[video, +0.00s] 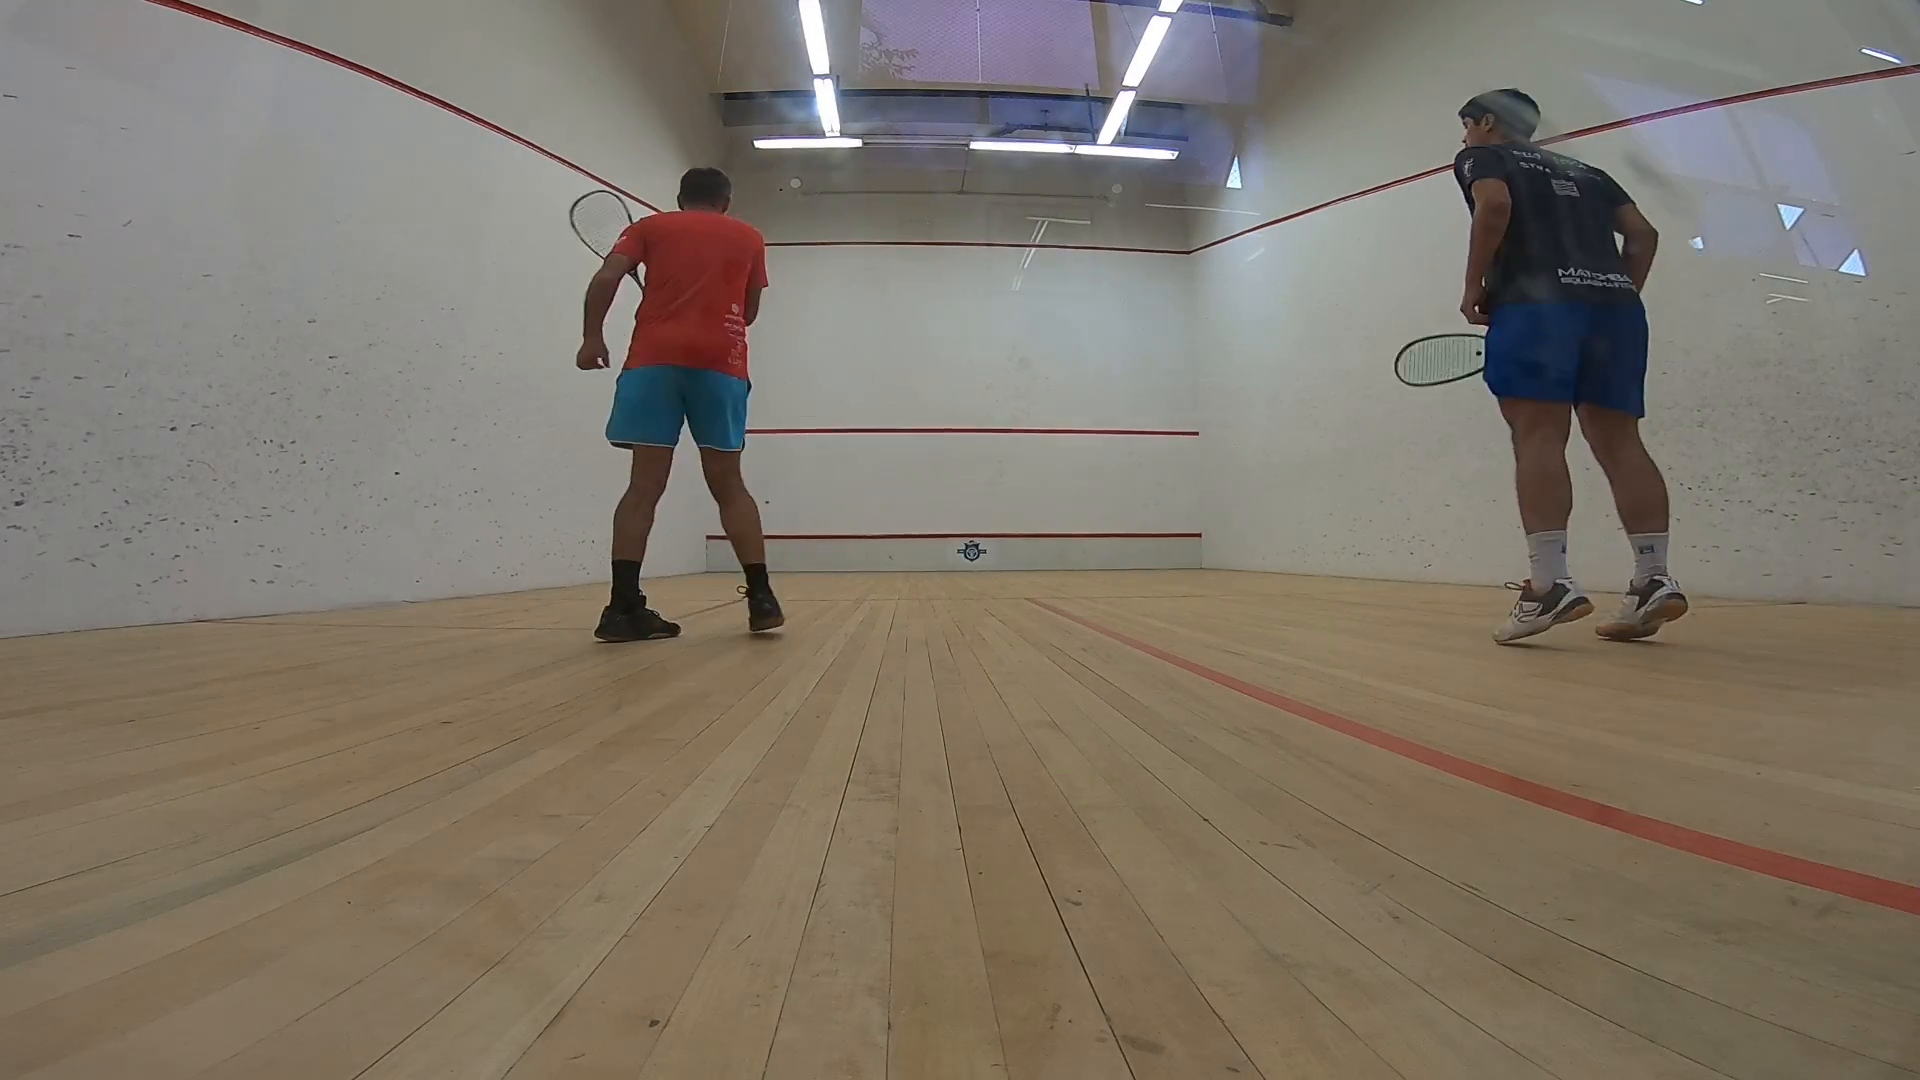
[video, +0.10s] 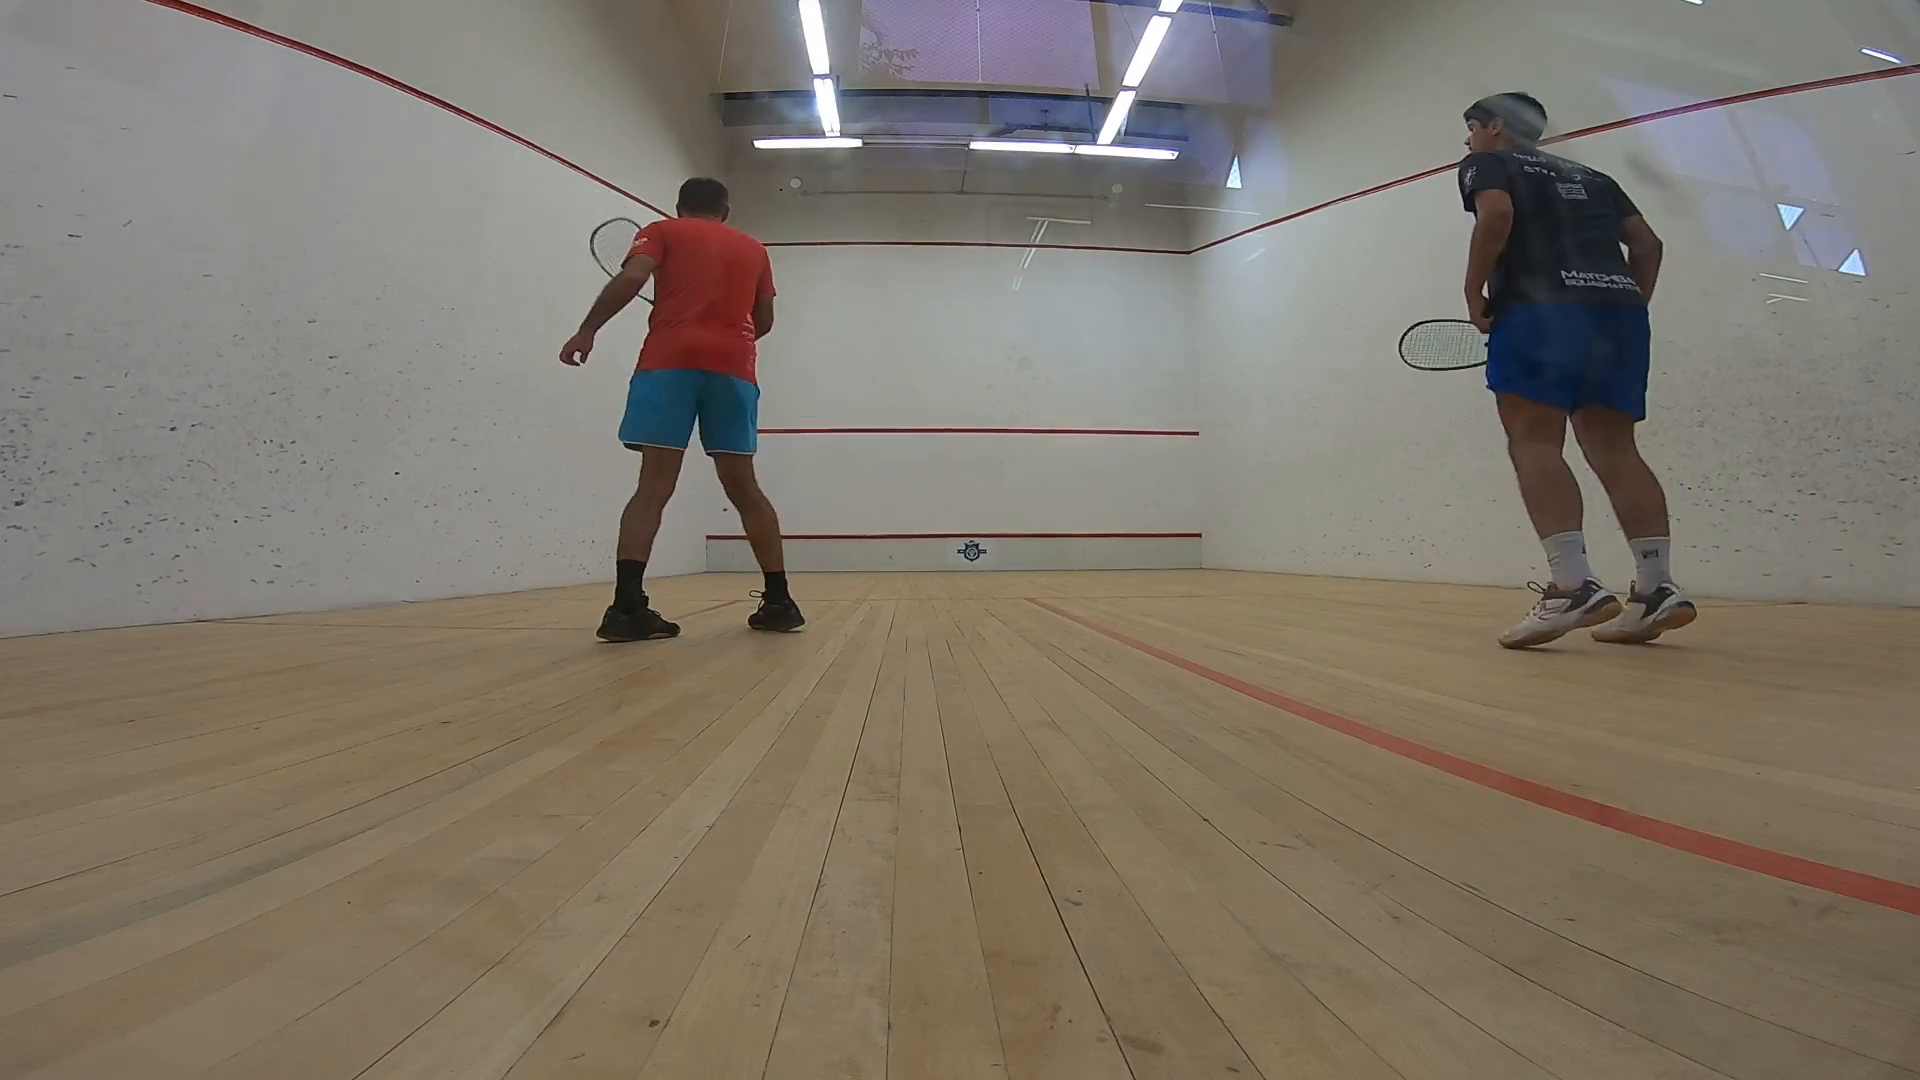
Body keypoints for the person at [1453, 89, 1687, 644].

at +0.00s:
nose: (1463, 136)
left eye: (1467, 126)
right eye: (1464, 127)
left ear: (1489, 122)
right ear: (1525, 128)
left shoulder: (1480, 154)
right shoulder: (1586, 171)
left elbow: (1494, 203)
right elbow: (1643, 235)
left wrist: (1474, 281)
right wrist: (1618, 301)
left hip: (1537, 307)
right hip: (1616, 309)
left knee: (1538, 438)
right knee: (1618, 439)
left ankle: (1549, 586)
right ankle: (1654, 581)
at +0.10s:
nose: (1467, 140)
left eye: (1472, 129)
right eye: (1468, 130)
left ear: (1497, 127)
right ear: (1531, 133)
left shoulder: (1486, 160)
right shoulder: (1591, 176)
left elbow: (1497, 214)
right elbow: (1647, 244)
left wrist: (1474, 291)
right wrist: (1628, 311)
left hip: (1542, 312)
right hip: (1620, 314)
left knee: (1535, 441)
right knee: (1613, 444)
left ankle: (1573, 586)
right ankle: (1657, 590)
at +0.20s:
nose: (1473, 159)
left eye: (1478, 147)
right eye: (1474, 149)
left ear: (1507, 144)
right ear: (1534, 149)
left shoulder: (1496, 179)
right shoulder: (1597, 196)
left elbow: (1505, 234)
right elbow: (1656, 267)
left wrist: (1490, 320)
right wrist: (1632, 337)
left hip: (1546, 346)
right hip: (1625, 350)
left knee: (1531, 475)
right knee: (1608, 473)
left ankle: (1588, 606)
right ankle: (1661, 611)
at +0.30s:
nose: (1466, 156)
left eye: (1472, 145)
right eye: (1467, 147)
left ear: (1506, 141)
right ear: (1523, 145)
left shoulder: (1493, 175)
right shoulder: (1594, 193)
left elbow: (1509, 233)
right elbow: (1644, 268)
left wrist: (1493, 316)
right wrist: (1626, 335)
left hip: (1546, 340)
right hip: (1623, 347)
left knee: (1511, 470)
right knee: (1605, 469)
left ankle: (1577, 596)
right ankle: (1660, 607)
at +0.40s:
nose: (1456, 140)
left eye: (1463, 128)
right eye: (1456, 131)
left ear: (1499, 126)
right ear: (1511, 130)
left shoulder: (1487, 159)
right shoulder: (1580, 180)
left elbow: (1504, 214)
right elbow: (1631, 251)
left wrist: (1484, 295)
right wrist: (1607, 317)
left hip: (1534, 319)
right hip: (1613, 322)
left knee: (1502, 448)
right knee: (1615, 456)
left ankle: (1554, 588)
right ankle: (1659, 599)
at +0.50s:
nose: (1446, 143)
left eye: (1454, 131)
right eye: (1446, 134)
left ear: (1491, 128)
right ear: (1502, 134)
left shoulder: (1482, 161)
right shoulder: (1568, 184)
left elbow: (1500, 219)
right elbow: (1622, 255)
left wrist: (1476, 298)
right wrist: (1596, 322)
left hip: (1529, 324)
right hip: (1604, 326)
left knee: (1505, 458)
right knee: (1604, 463)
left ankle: (1525, 603)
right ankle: (1659, 605)